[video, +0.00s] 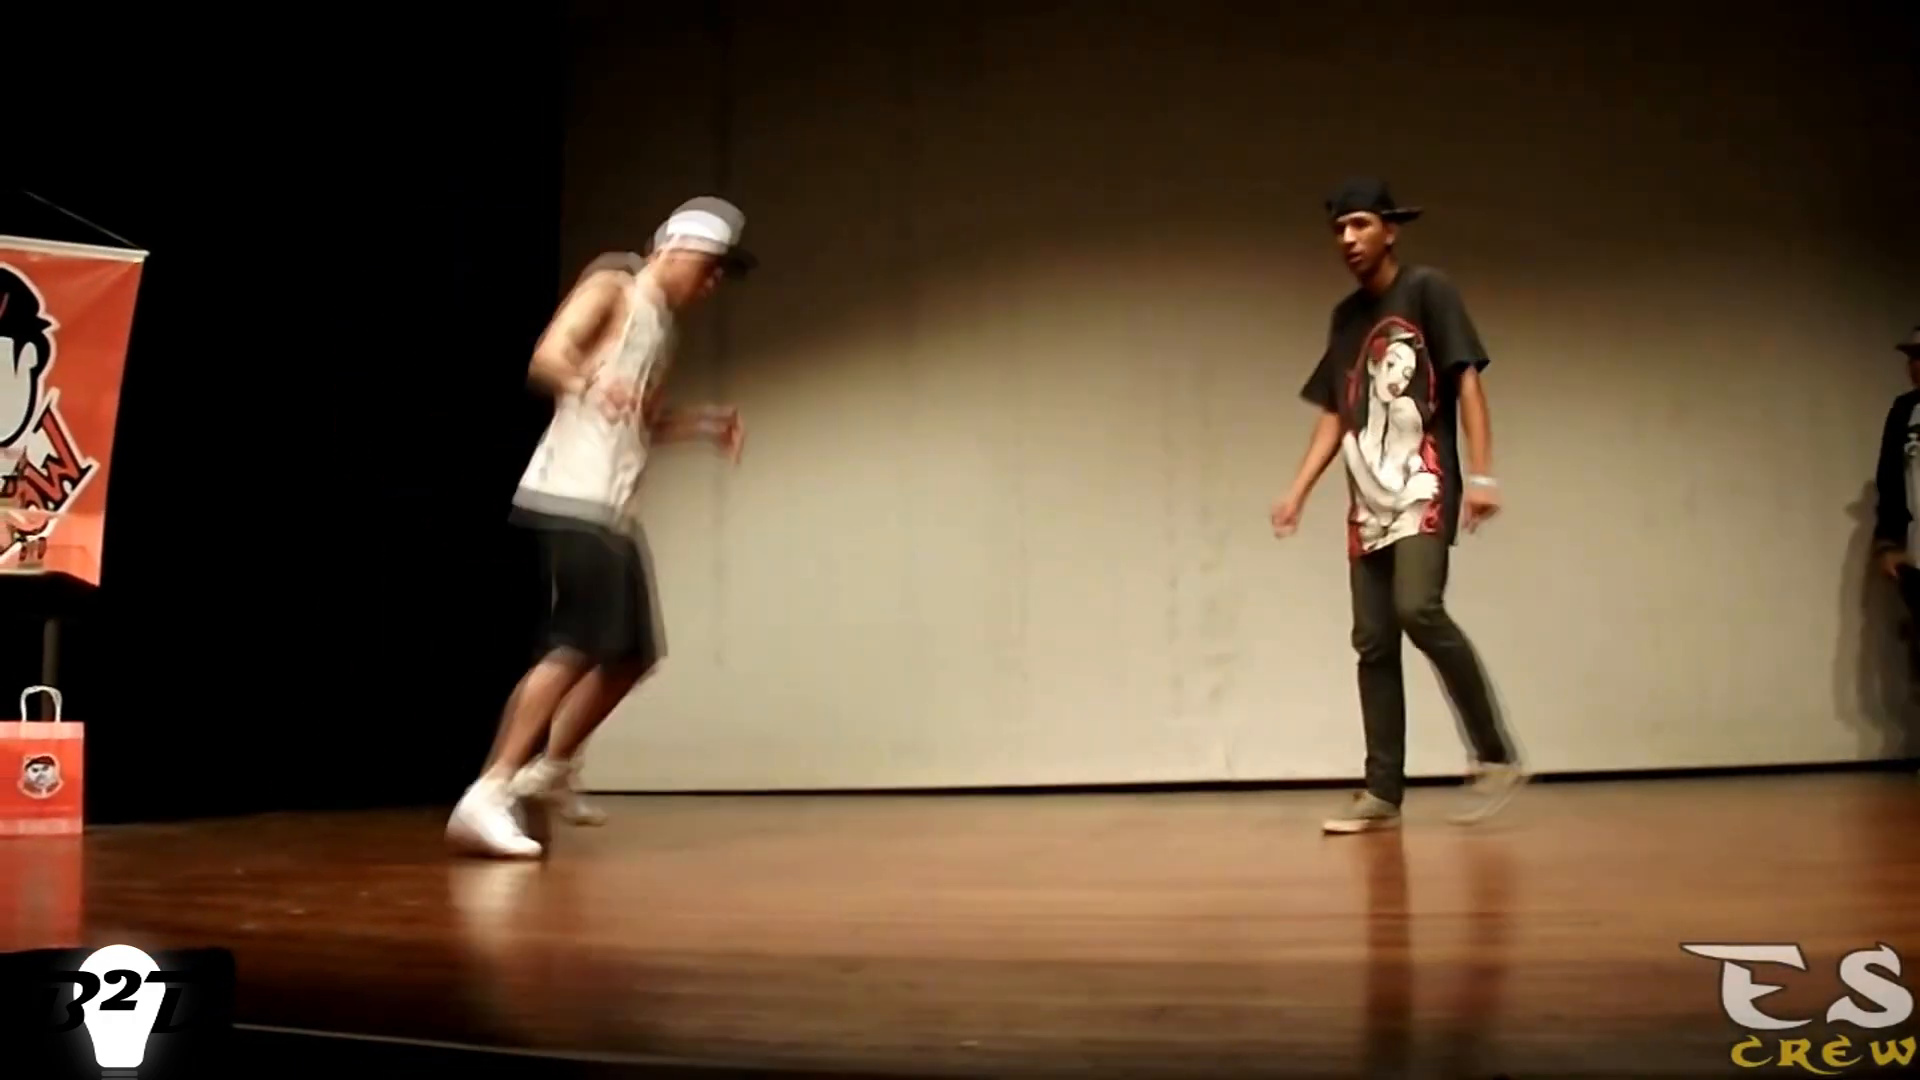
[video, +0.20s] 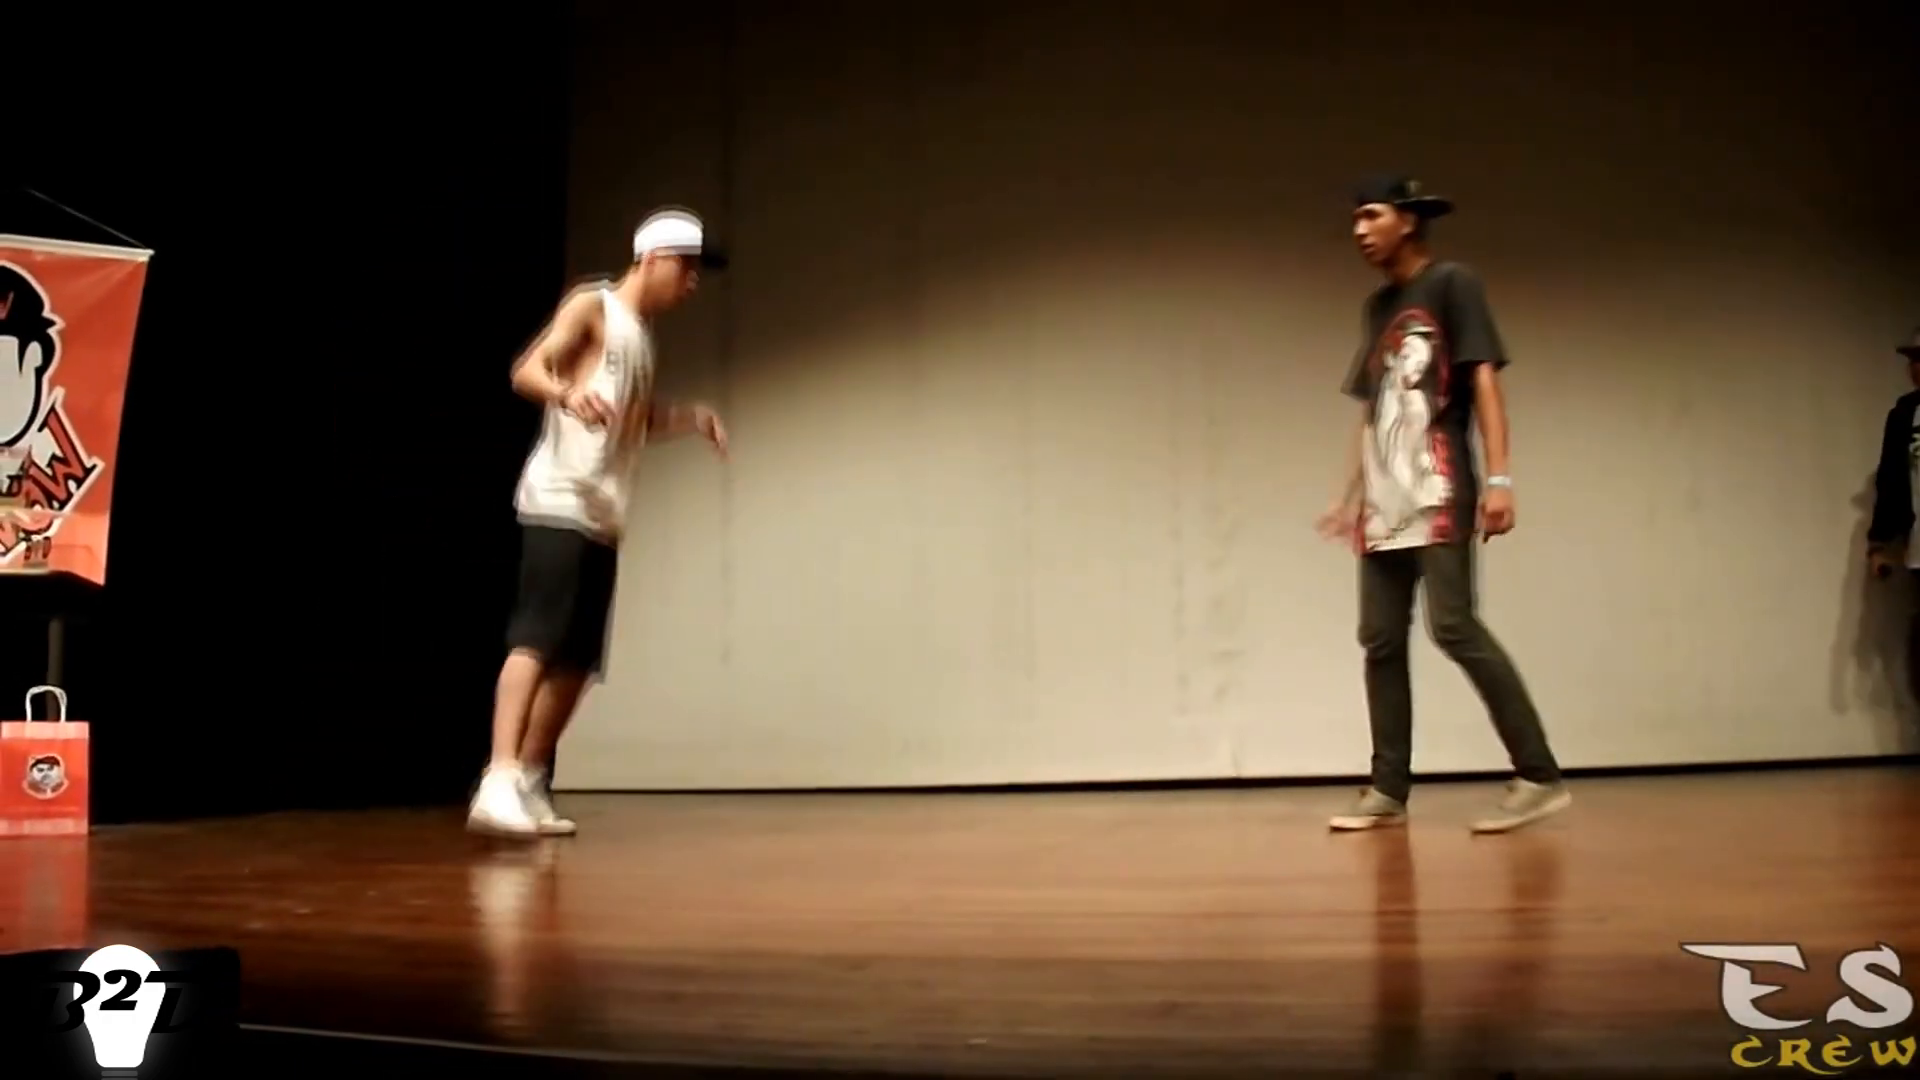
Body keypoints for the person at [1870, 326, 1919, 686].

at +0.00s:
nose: (1914, 366)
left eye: (1918, 358)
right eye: (1912, 358)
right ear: (1909, 362)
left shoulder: (1907, 410)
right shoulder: (1905, 409)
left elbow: (1890, 483)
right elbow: (1890, 482)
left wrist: (1891, 542)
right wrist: (1889, 542)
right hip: (1916, 559)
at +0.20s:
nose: (1914, 369)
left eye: (1916, 361)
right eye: (1912, 361)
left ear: (1919, 366)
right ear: (1910, 365)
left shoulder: (1906, 415)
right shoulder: (1905, 414)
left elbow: (1893, 486)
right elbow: (1893, 485)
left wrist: (1887, 542)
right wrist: (1885, 542)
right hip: (1918, 559)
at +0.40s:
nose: (1912, 375)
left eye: (1915, 367)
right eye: (1911, 367)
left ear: (1918, 372)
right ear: (1911, 373)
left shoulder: (1907, 418)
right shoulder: (1905, 418)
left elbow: (1894, 489)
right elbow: (1893, 488)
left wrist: (1882, 548)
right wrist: (1881, 548)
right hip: (1919, 552)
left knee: (1919, 648)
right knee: (1918, 650)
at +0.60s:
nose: (1911, 378)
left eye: (1914, 370)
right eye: (1909, 371)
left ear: (1919, 374)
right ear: (1910, 375)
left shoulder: (1908, 418)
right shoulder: (1906, 418)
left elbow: (1899, 493)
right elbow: (1899, 493)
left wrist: (1892, 553)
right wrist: (1891, 553)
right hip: (1918, 558)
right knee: (1919, 651)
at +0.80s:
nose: (1910, 378)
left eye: (1912, 369)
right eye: (1909, 369)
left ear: (1915, 374)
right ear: (1910, 374)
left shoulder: (1909, 418)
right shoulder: (1907, 417)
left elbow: (1902, 490)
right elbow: (1901, 490)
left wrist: (1898, 554)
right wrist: (1897, 553)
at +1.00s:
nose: (1912, 376)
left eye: (1914, 369)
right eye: (1911, 368)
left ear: (1918, 372)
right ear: (1913, 372)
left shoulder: (1912, 417)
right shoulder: (1910, 417)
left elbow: (1905, 491)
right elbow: (1904, 491)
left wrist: (1896, 550)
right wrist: (1895, 550)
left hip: (1918, 559)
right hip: (1917, 559)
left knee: (1917, 652)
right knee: (1916, 652)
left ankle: (1917, 740)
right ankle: (1917, 740)